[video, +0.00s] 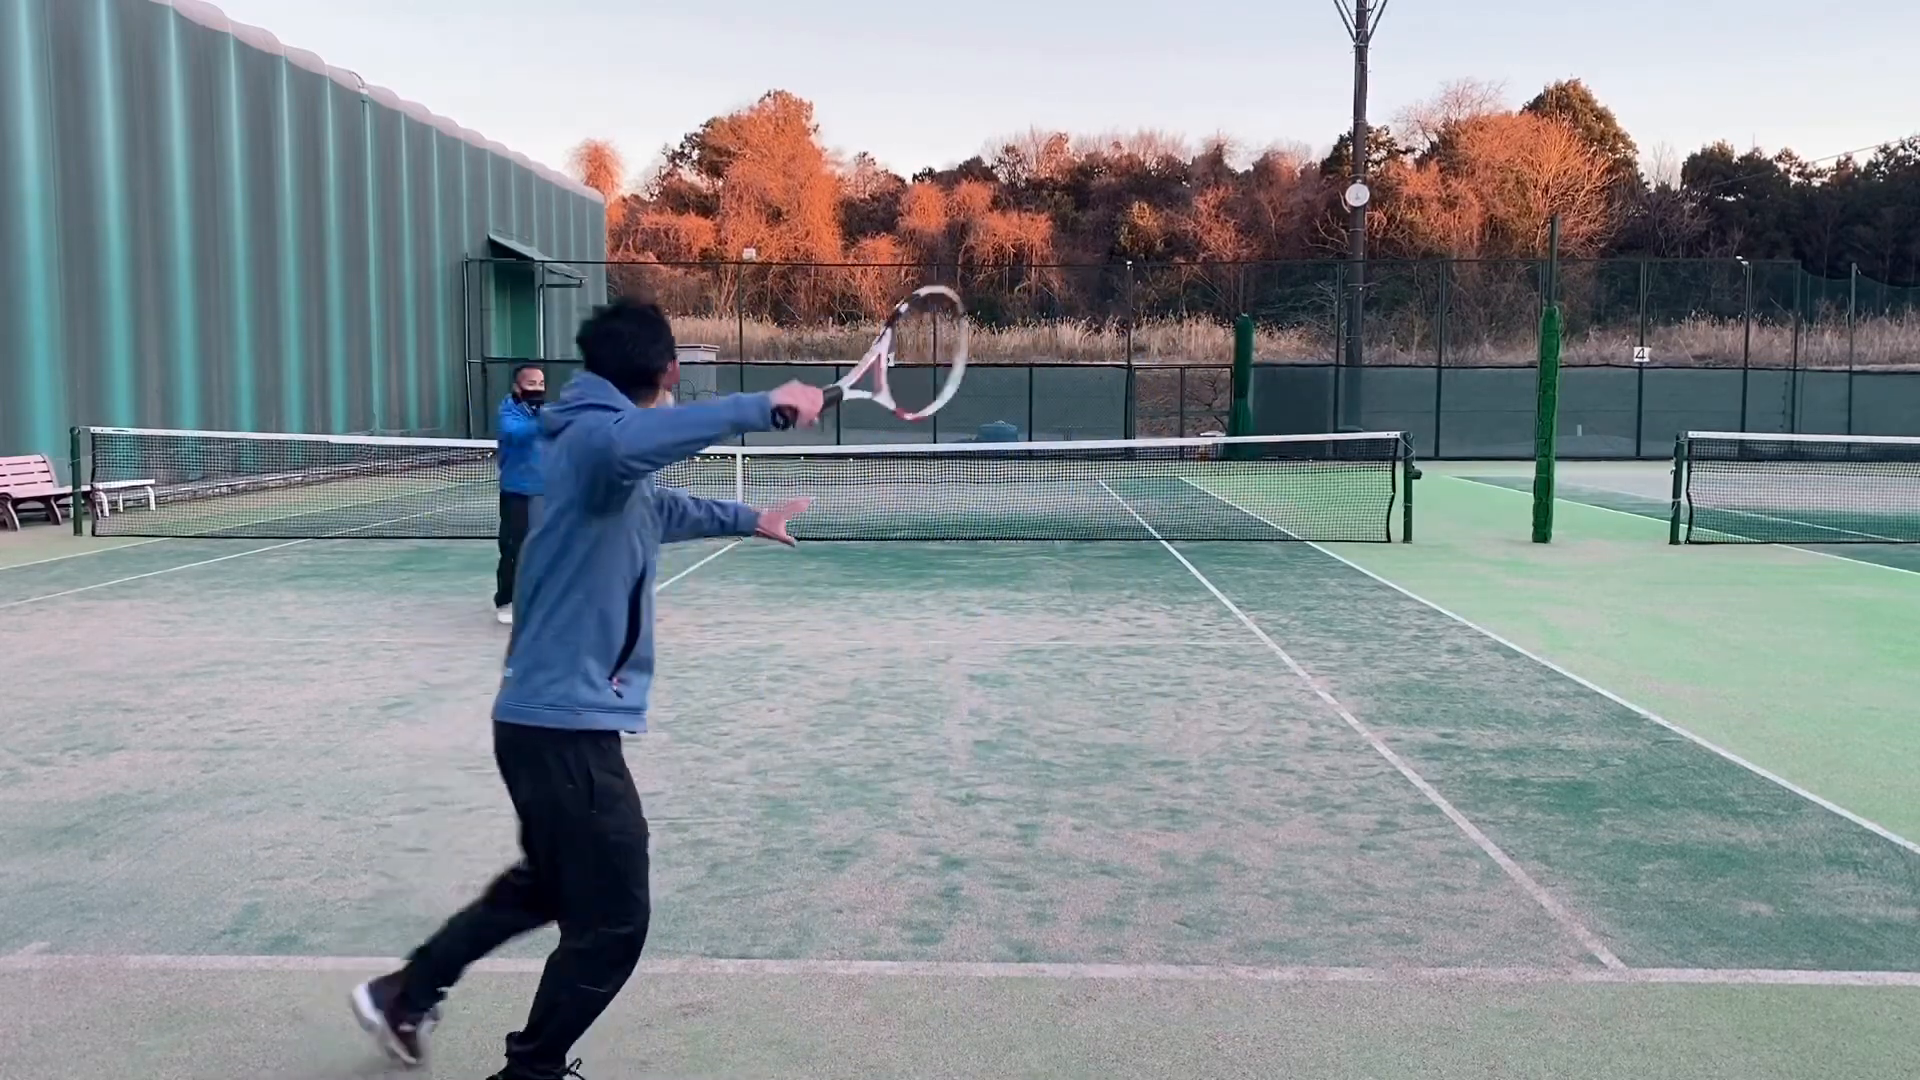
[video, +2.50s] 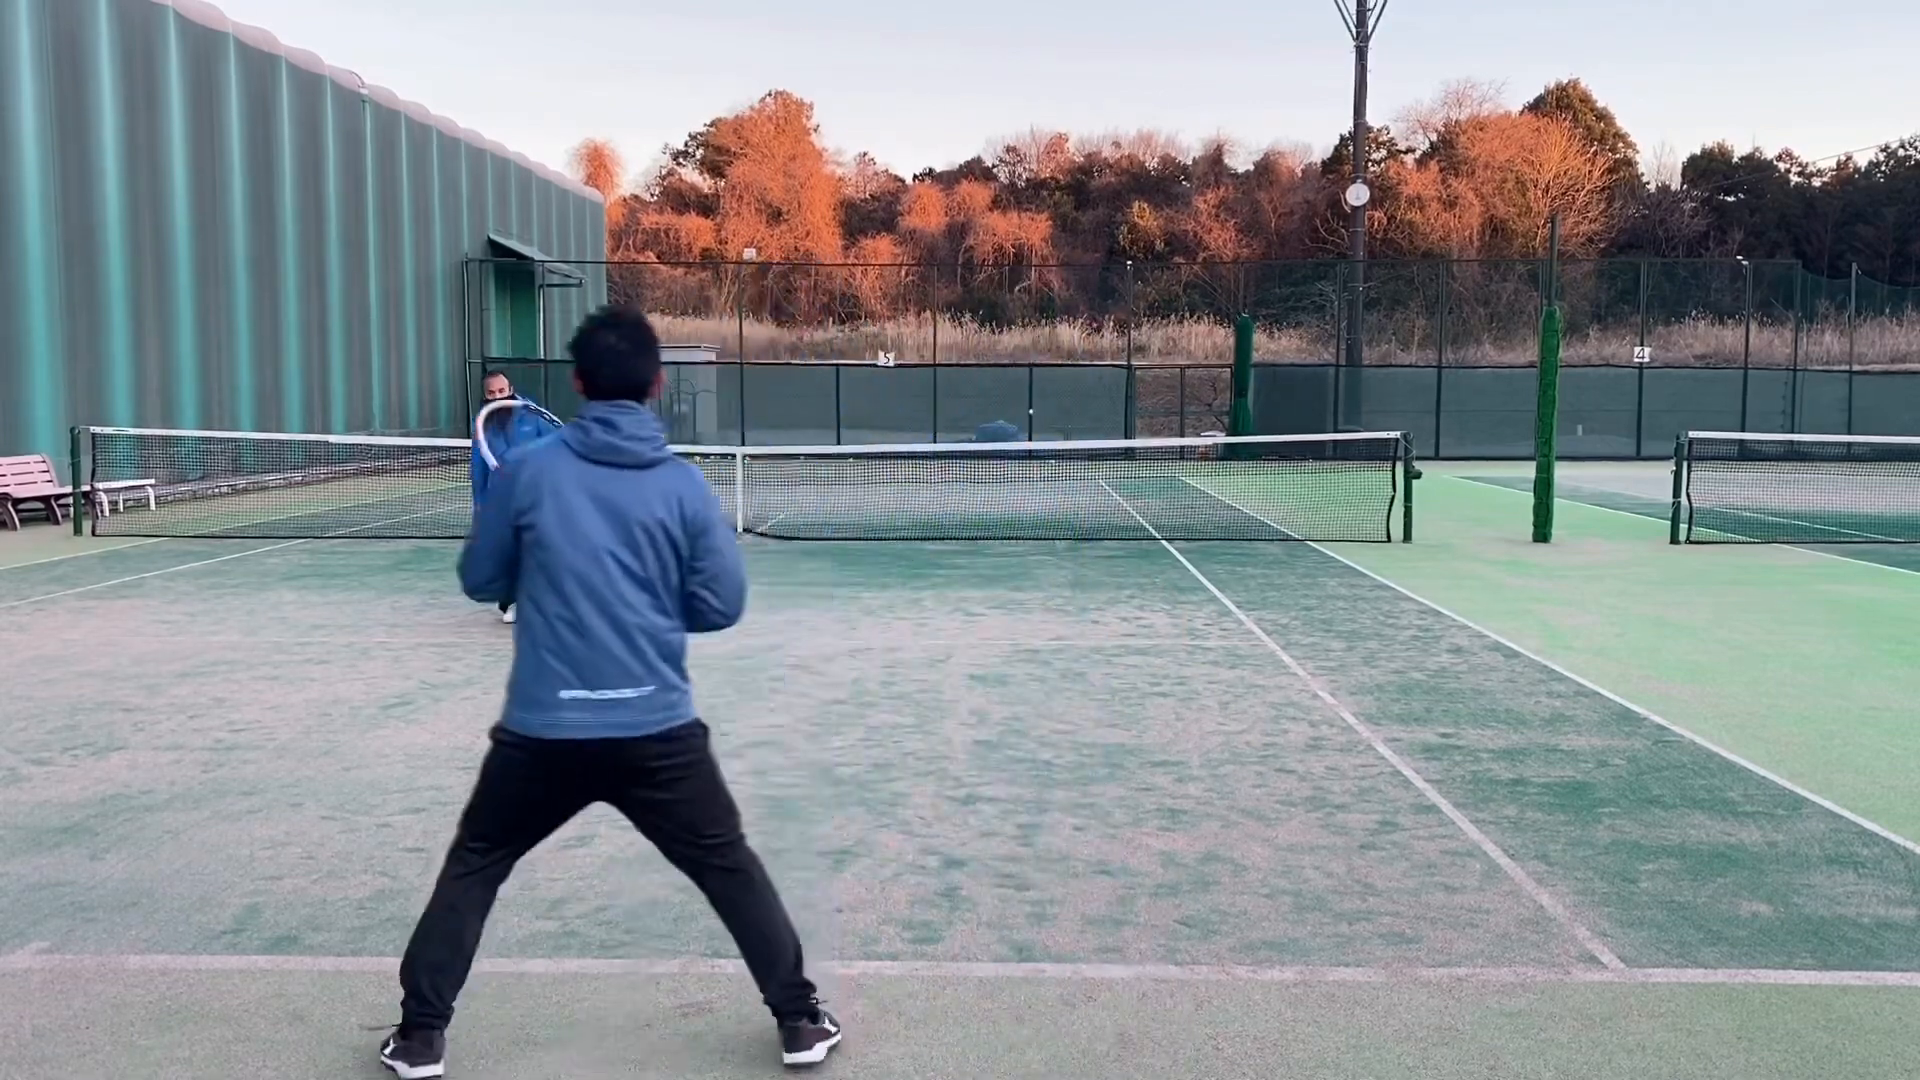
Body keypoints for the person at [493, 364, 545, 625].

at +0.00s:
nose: (536, 388)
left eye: (540, 383)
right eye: (530, 383)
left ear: (545, 385)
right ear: (517, 386)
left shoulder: (549, 411)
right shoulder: (509, 409)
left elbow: (560, 430)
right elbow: (512, 431)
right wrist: (544, 422)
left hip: (547, 487)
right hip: (516, 488)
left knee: (544, 546)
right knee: (512, 546)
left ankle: (540, 606)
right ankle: (505, 602)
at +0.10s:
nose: (539, 388)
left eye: (542, 383)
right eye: (532, 383)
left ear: (546, 385)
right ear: (519, 385)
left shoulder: (550, 414)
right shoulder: (509, 413)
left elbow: (564, 445)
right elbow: (514, 448)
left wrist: (565, 474)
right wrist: (557, 453)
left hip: (545, 494)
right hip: (516, 494)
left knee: (544, 555)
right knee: (513, 554)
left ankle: (540, 609)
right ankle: (504, 601)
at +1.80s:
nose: (527, 390)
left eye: (531, 385)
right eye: (521, 385)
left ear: (537, 387)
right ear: (511, 388)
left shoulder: (551, 417)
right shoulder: (500, 420)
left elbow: (568, 450)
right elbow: (500, 465)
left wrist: (566, 471)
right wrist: (529, 473)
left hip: (544, 497)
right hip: (512, 498)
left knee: (543, 554)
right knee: (512, 555)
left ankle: (540, 609)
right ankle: (511, 603)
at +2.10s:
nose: (513, 392)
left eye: (517, 387)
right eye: (507, 387)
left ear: (525, 387)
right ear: (499, 390)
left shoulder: (542, 416)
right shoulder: (490, 420)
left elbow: (566, 448)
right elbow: (483, 458)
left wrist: (565, 472)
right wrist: (493, 483)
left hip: (535, 495)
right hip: (503, 496)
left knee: (536, 550)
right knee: (505, 553)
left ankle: (538, 603)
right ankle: (512, 604)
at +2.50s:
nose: (497, 396)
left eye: (501, 390)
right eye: (491, 393)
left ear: (510, 389)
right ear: (485, 395)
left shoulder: (533, 416)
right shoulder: (484, 425)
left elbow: (559, 441)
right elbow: (478, 466)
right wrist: (479, 502)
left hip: (536, 492)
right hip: (499, 497)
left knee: (535, 548)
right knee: (504, 550)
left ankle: (535, 601)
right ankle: (509, 602)